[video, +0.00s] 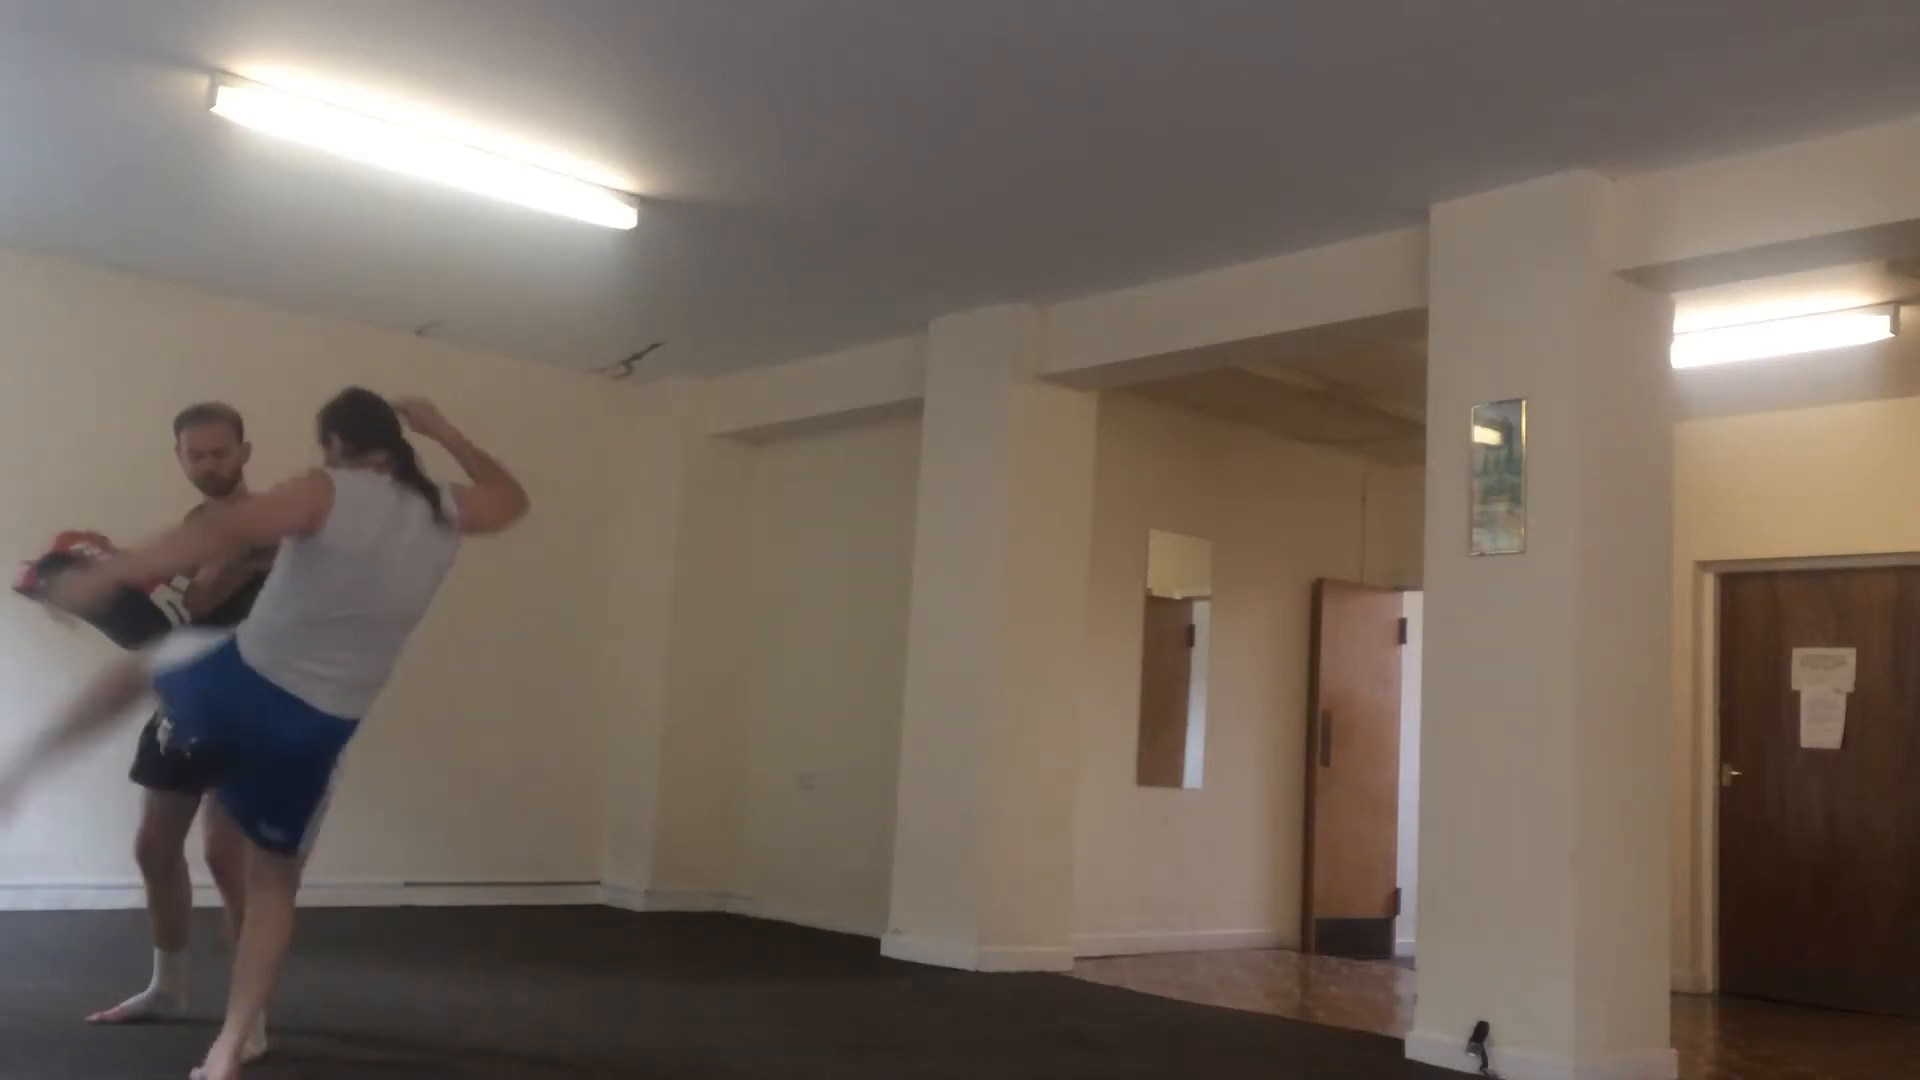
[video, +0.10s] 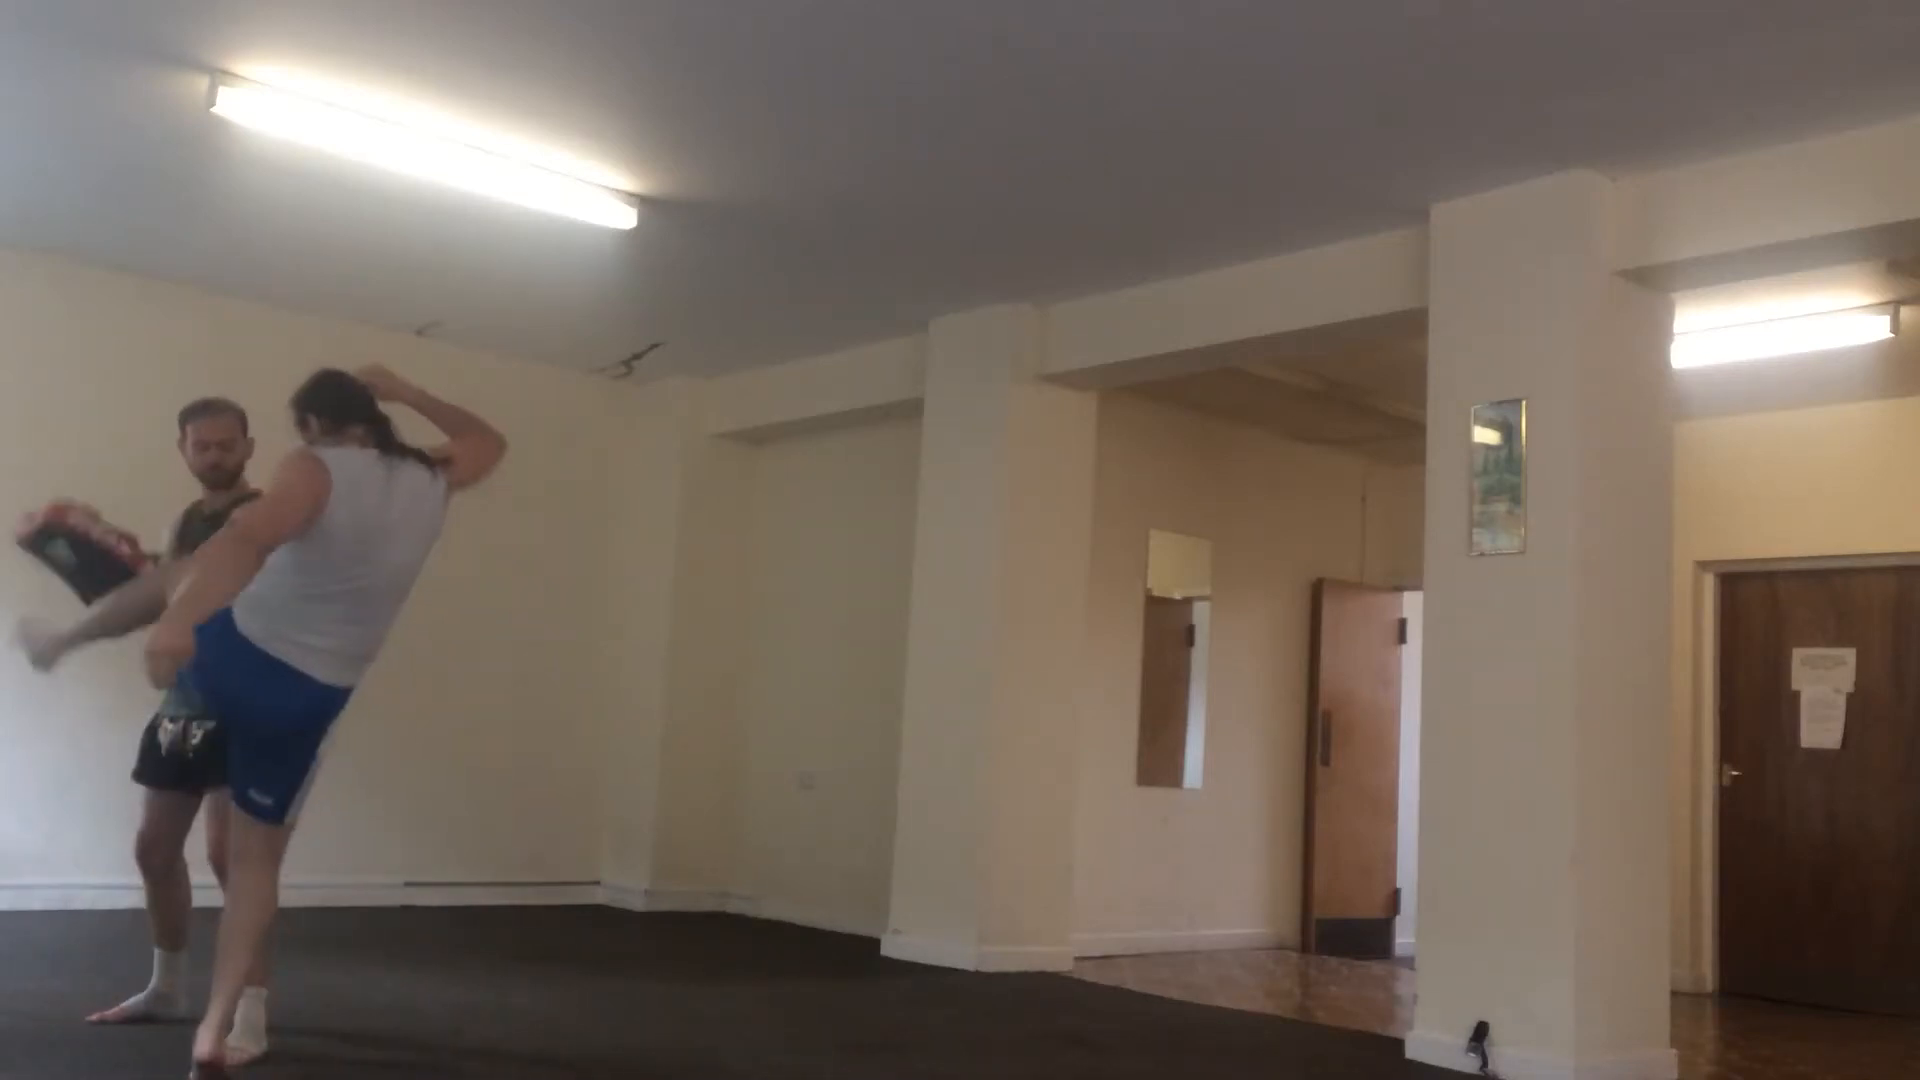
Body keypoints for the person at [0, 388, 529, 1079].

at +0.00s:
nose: (320, 456)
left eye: (323, 447)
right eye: (321, 449)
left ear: (338, 447)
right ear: (399, 447)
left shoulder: (324, 494)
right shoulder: (445, 512)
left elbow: (221, 526)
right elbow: (511, 499)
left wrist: (117, 569)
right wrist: (445, 432)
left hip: (241, 686)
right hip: (317, 730)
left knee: (137, 672)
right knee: (273, 877)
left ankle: (25, 775)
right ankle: (231, 1049)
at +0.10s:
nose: (300, 440)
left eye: (300, 431)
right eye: (300, 432)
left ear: (316, 427)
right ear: (373, 424)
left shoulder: (313, 468)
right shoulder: (428, 478)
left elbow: (250, 533)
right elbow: (488, 443)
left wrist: (181, 620)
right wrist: (407, 391)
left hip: (233, 664)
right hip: (308, 704)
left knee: (181, 574)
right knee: (256, 861)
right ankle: (215, 1028)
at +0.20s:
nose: (292, 431)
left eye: (294, 420)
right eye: (294, 420)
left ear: (314, 417)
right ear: (367, 414)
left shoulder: (300, 468)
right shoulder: (419, 471)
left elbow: (217, 547)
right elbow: (478, 417)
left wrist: (107, 610)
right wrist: (396, 372)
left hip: (233, 659)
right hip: (315, 691)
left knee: (138, 607)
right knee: (265, 857)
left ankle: (78, 740)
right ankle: (221, 1024)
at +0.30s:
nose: (290, 426)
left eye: (292, 416)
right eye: (295, 415)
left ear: (309, 420)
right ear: (365, 416)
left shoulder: (290, 476)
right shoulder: (410, 479)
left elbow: (194, 556)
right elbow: (466, 429)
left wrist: (92, 543)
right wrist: (387, 383)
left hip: (233, 674)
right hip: (317, 698)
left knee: (122, 724)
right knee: (266, 863)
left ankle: (95, 868)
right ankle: (231, 1028)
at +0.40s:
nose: (279, 440)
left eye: (281, 429)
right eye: (285, 429)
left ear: (293, 434)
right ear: (354, 434)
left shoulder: (266, 493)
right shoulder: (391, 503)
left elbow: (161, 562)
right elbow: (443, 481)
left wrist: (148, 497)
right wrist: (376, 428)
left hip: (228, 703)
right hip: (315, 718)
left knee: (145, 836)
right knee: (275, 874)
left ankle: (111, 1000)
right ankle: (236, 1030)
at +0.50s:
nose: (261, 467)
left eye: (264, 458)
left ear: (277, 465)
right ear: (341, 469)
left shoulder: (239, 526)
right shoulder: (376, 540)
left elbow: (133, 570)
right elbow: (406, 549)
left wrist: (180, 500)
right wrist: (351, 494)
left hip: (235, 742)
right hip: (325, 753)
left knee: (146, 878)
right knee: (290, 889)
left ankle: (127, 1048)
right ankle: (250, 1027)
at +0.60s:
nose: (275, 477)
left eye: (277, 466)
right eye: (279, 467)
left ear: (290, 472)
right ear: (349, 469)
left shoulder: (267, 526)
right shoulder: (392, 549)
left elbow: (173, 574)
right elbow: (340, 618)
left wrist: (221, 499)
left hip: (260, 741)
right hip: (346, 752)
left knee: (169, 876)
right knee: (312, 884)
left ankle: (129, 1048)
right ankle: (339, 1028)